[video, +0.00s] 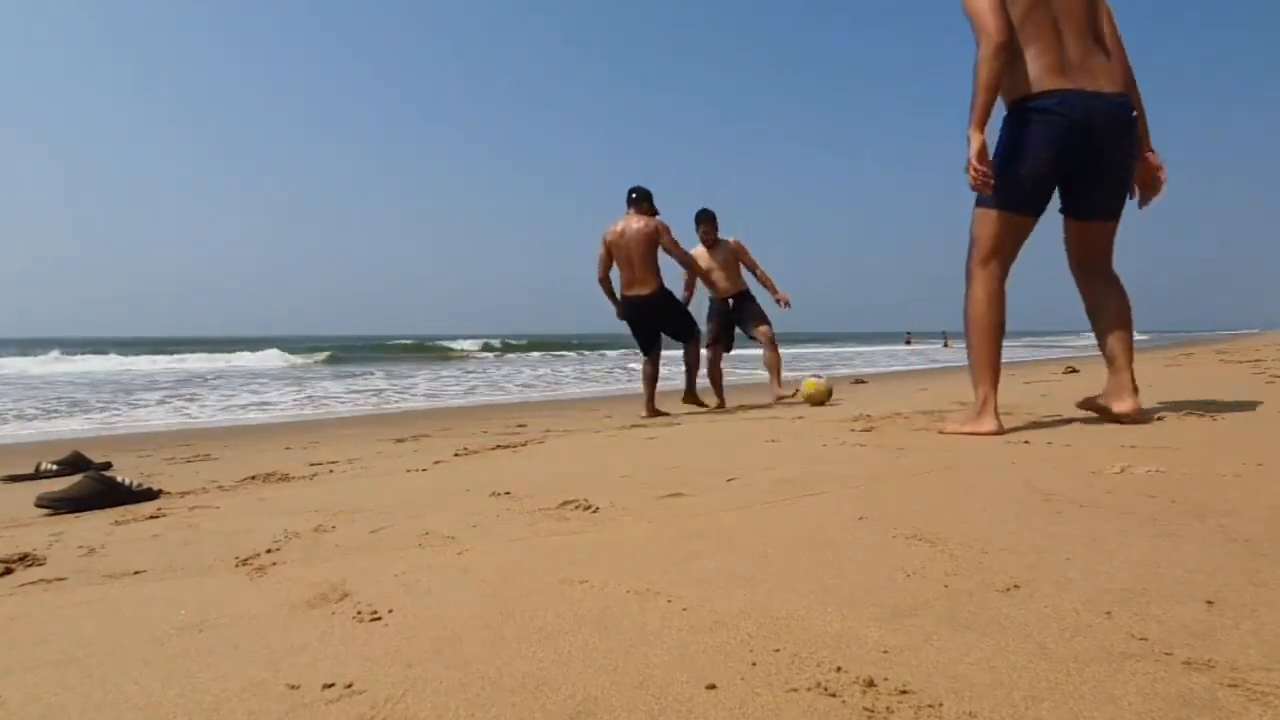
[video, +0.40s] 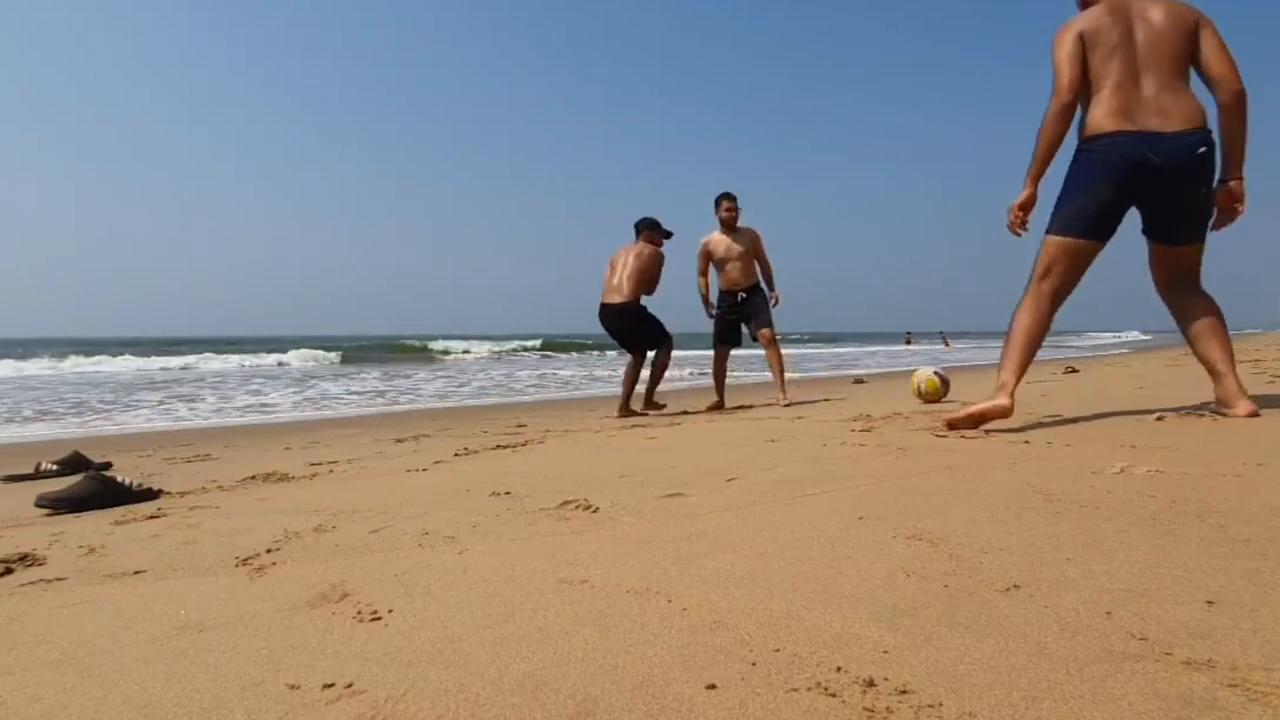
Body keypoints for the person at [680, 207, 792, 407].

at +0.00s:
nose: (707, 235)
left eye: (710, 230)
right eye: (703, 231)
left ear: (717, 229)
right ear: (697, 232)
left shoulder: (733, 247)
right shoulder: (695, 257)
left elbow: (756, 270)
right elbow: (688, 290)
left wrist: (776, 293)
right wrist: (680, 314)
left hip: (742, 299)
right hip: (718, 304)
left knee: (767, 336)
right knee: (713, 353)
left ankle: (777, 389)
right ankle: (720, 400)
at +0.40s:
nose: (732, 214)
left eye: (735, 210)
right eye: (727, 210)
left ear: (738, 212)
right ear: (717, 214)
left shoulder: (750, 236)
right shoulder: (708, 244)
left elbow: (763, 262)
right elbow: (703, 274)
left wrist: (771, 289)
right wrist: (705, 300)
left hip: (753, 292)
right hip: (727, 295)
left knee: (768, 337)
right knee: (721, 350)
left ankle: (782, 393)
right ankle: (720, 398)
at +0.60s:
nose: (762, 208)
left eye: (764, 203)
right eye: (757, 203)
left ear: (768, 206)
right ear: (746, 205)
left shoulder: (774, 232)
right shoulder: (732, 234)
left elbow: (786, 260)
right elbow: (721, 265)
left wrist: (782, 277)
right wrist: (723, 295)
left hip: (769, 290)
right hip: (743, 292)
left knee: (777, 339)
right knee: (732, 345)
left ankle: (782, 393)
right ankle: (723, 395)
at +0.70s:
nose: (771, 206)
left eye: (774, 202)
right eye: (766, 201)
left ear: (777, 204)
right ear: (756, 203)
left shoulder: (783, 230)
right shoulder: (741, 230)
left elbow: (794, 258)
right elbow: (730, 260)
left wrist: (795, 279)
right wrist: (730, 289)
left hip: (776, 288)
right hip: (749, 288)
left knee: (781, 338)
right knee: (741, 343)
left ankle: (782, 393)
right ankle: (740, 392)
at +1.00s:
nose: (779, 211)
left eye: (782, 207)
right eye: (775, 207)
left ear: (785, 209)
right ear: (764, 208)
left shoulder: (790, 236)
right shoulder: (751, 234)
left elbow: (799, 267)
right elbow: (738, 264)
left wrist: (812, 294)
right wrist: (743, 286)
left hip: (785, 290)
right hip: (761, 292)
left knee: (788, 340)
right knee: (767, 345)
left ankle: (787, 394)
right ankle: (772, 394)